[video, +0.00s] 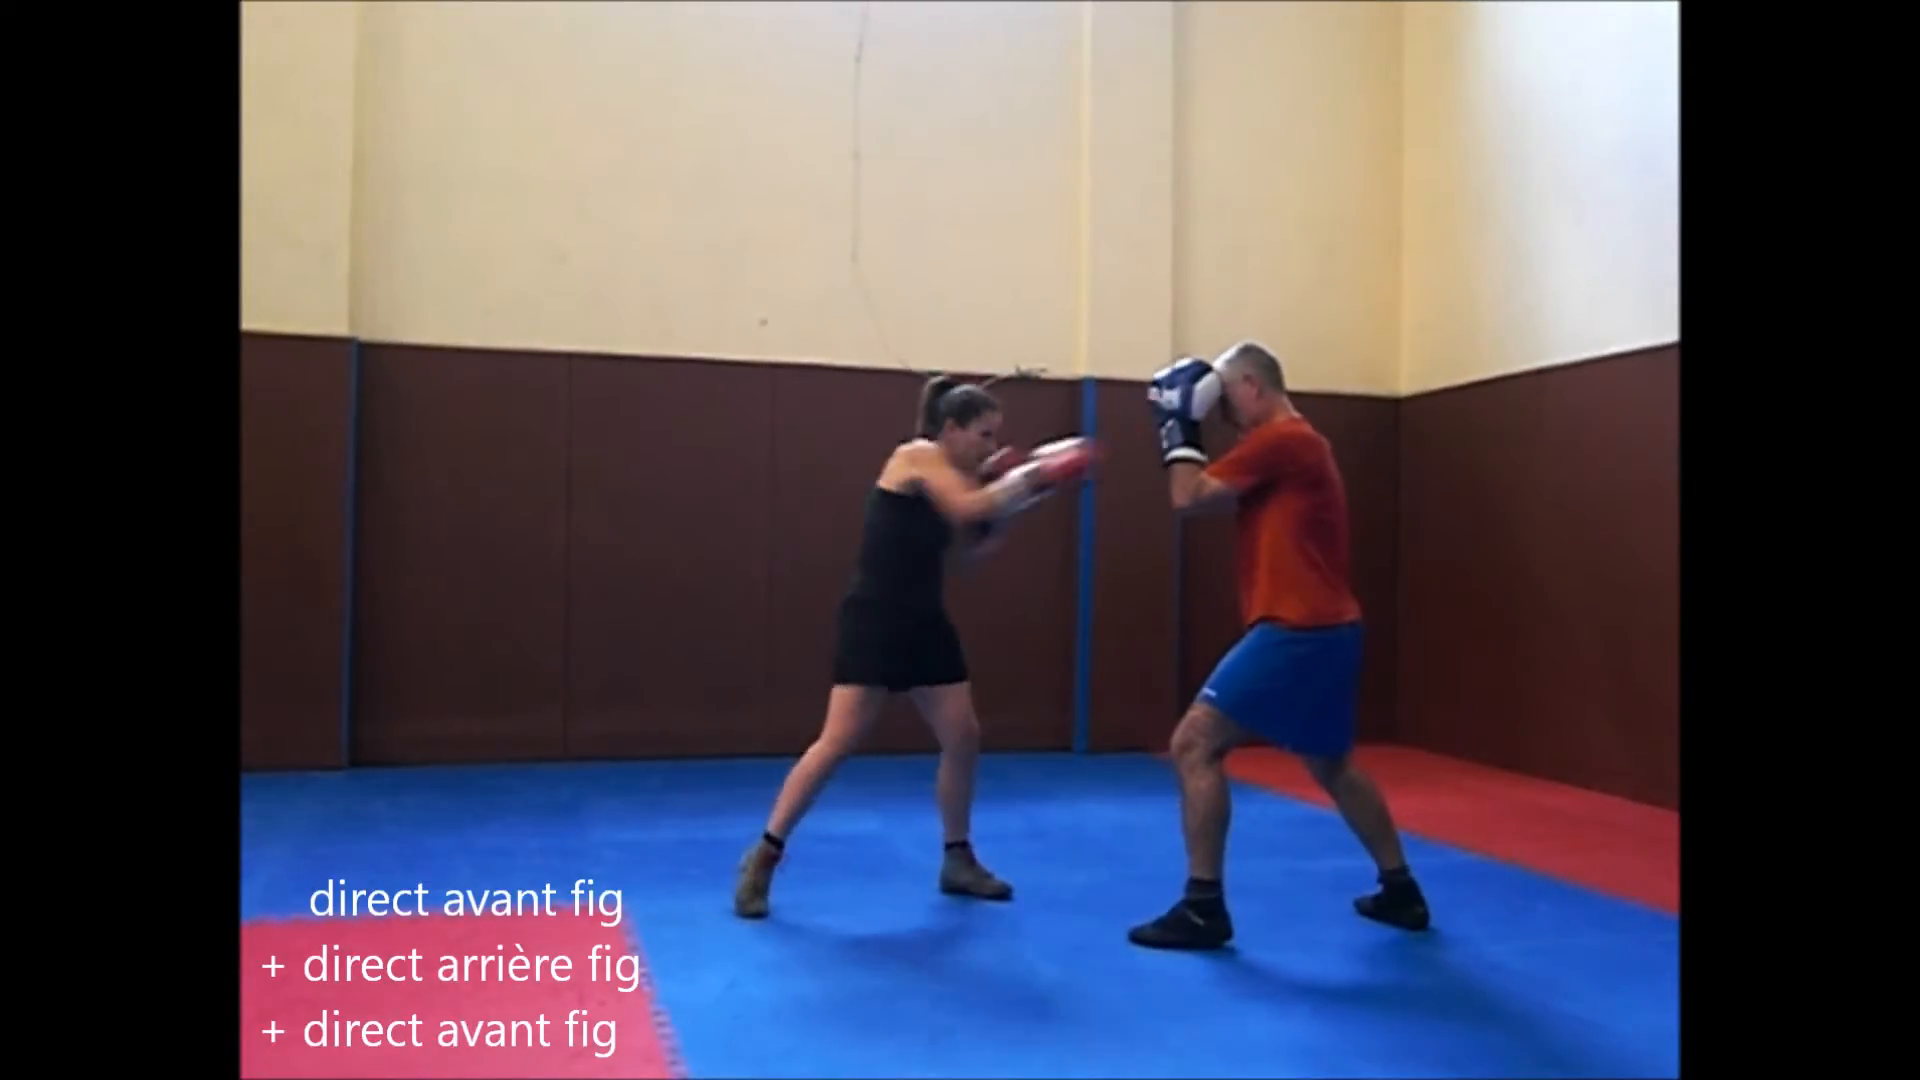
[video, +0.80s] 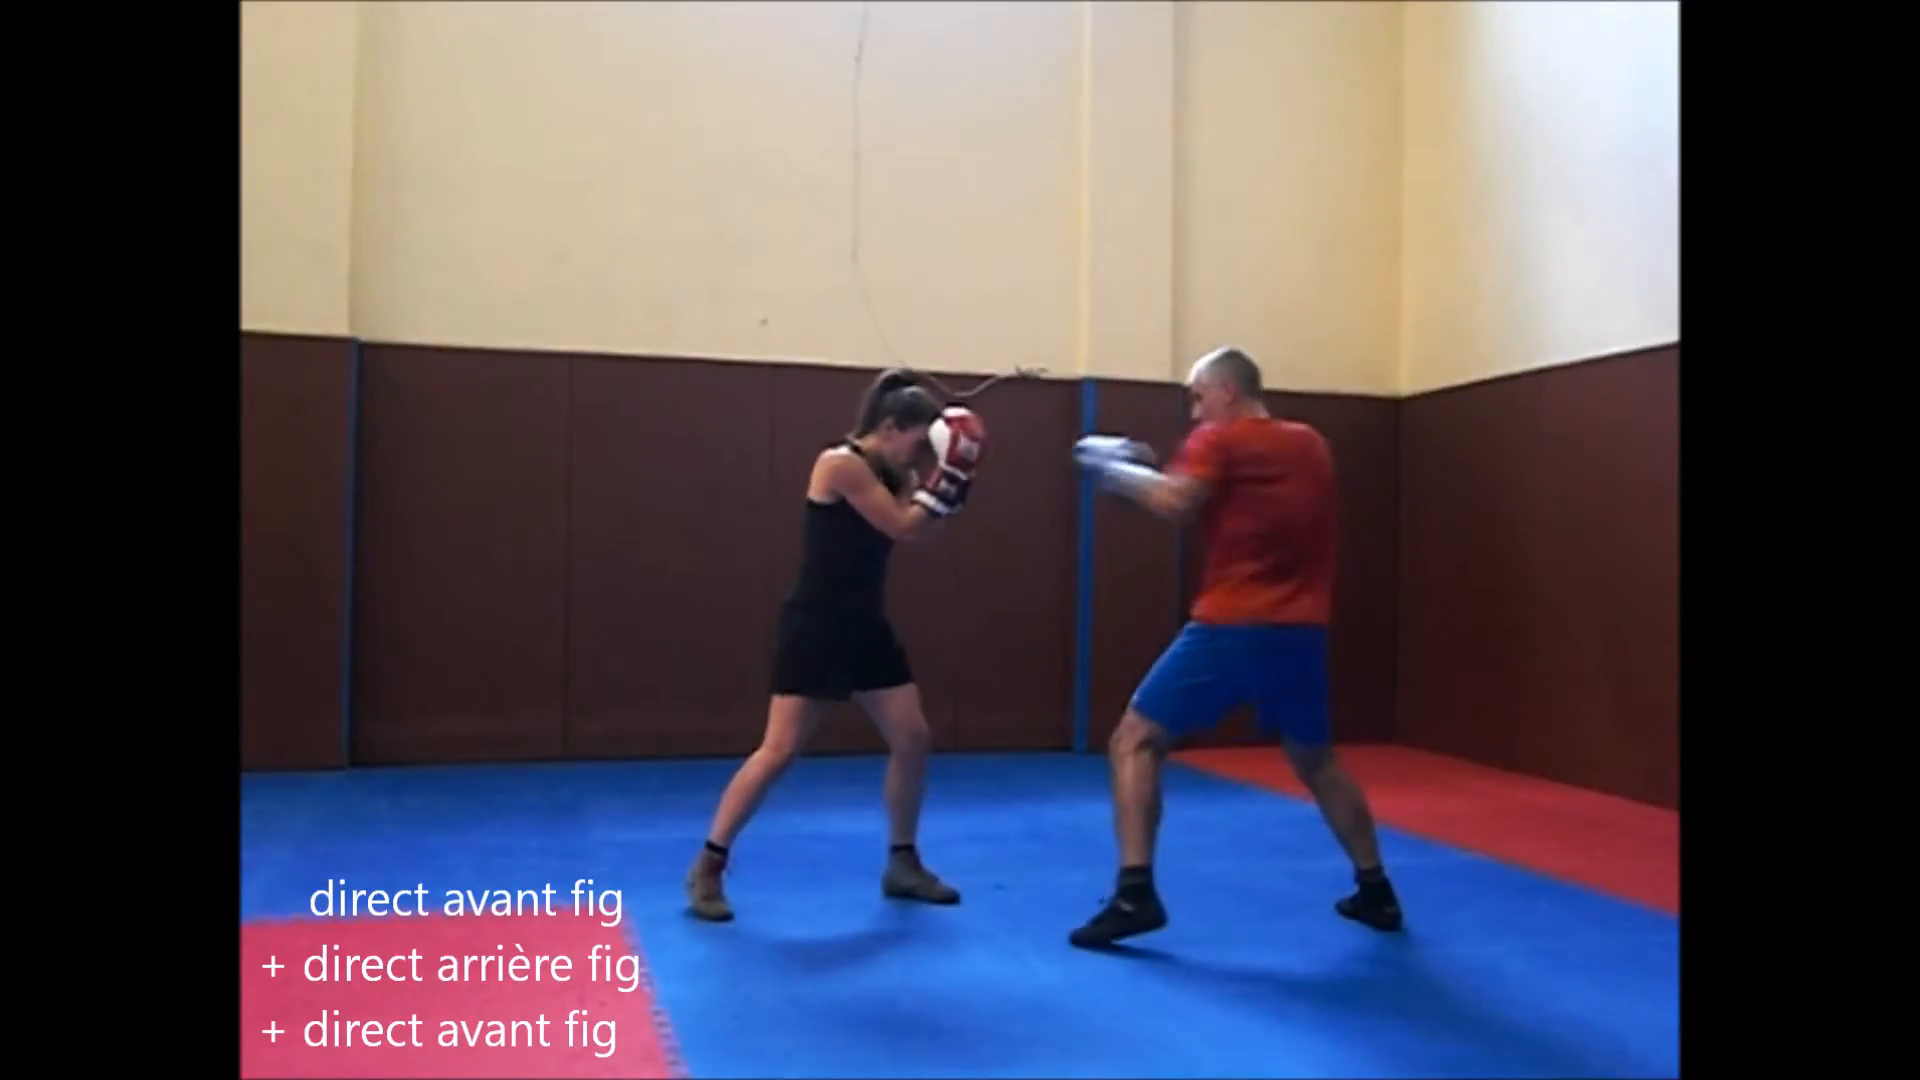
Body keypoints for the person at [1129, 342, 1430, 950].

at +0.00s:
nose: (1229, 409)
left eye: (1230, 396)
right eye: (1226, 397)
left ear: (1251, 387)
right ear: (1269, 386)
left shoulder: (1278, 440)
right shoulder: (1302, 440)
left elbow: (1189, 493)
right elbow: (1206, 483)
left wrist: (1172, 427)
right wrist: (1190, 426)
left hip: (1290, 630)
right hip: (1328, 630)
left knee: (1193, 746)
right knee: (1334, 767)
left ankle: (1203, 907)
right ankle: (1401, 890)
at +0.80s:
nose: (1196, 409)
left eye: (1200, 397)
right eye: (1194, 398)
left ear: (1232, 390)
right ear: (1253, 392)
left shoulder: (1217, 439)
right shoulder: (1311, 443)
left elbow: (1174, 501)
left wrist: (1111, 471)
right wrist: (1154, 469)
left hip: (1227, 628)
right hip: (1302, 630)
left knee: (1134, 743)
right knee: (1318, 762)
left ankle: (1134, 895)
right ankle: (1376, 891)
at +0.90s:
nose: (1169, 421)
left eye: (1173, 409)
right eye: (1169, 410)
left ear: (1203, 407)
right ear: (1228, 408)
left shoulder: (1183, 452)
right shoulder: (1294, 451)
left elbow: (1090, 467)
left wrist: (1005, 459)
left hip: (1212, 645)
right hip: (1291, 646)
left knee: (1117, 748)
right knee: (1315, 766)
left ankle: (1134, 898)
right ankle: (1377, 892)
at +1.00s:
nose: (1143, 419)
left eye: (1148, 407)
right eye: (1142, 407)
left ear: (1175, 405)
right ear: (1204, 405)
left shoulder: (1166, 455)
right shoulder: (1270, 454)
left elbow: (1086, 508)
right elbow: (1288, 536)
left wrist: (1035, 475)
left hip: (1204, 654)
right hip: (1279, 648)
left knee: (1106, 748)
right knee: (1300, 772)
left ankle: (1135, 900)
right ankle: (1375, 893)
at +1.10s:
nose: (1123, 422)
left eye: (1129, 408)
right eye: (1122, 409)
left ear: (1161, 407)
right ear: (1167, 407)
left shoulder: (1203, 460)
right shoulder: (1208, 454)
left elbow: (1192, 554)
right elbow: (1197, 528)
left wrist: (1124, 519)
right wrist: (1147, 487)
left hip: (1223, 643)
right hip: (1257, 641)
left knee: (1109, 747)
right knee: (1280, 776)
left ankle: (1138, 906)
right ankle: (1374, 892)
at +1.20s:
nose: (1126, 433)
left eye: (1134, 420)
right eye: (1125, 422)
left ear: (1174, 420)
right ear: (1166, 423)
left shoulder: (1237, 474)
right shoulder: (1149, 468)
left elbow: (1264, 567)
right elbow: (1052, 459)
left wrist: (1189, 530)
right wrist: (969, 445)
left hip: (1231, 653)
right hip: (1219, 655)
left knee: (1118, 755)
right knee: (1274, 791)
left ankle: (1144, 915)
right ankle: (1379, 889)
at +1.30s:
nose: (1129, 435)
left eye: (1137, 422)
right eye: (1128, 423)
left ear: (1176, 423)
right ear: (1168, 424)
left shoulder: (1242, 478)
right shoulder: (1148, 470)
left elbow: (1271, 568)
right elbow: (1058, 472)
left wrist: (1197, 537)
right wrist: (981, 460)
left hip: (1234, 652)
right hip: (1202, 655)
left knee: (1119, 756)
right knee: (1270, 791)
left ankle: (1144, 916)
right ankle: (1378, 889)